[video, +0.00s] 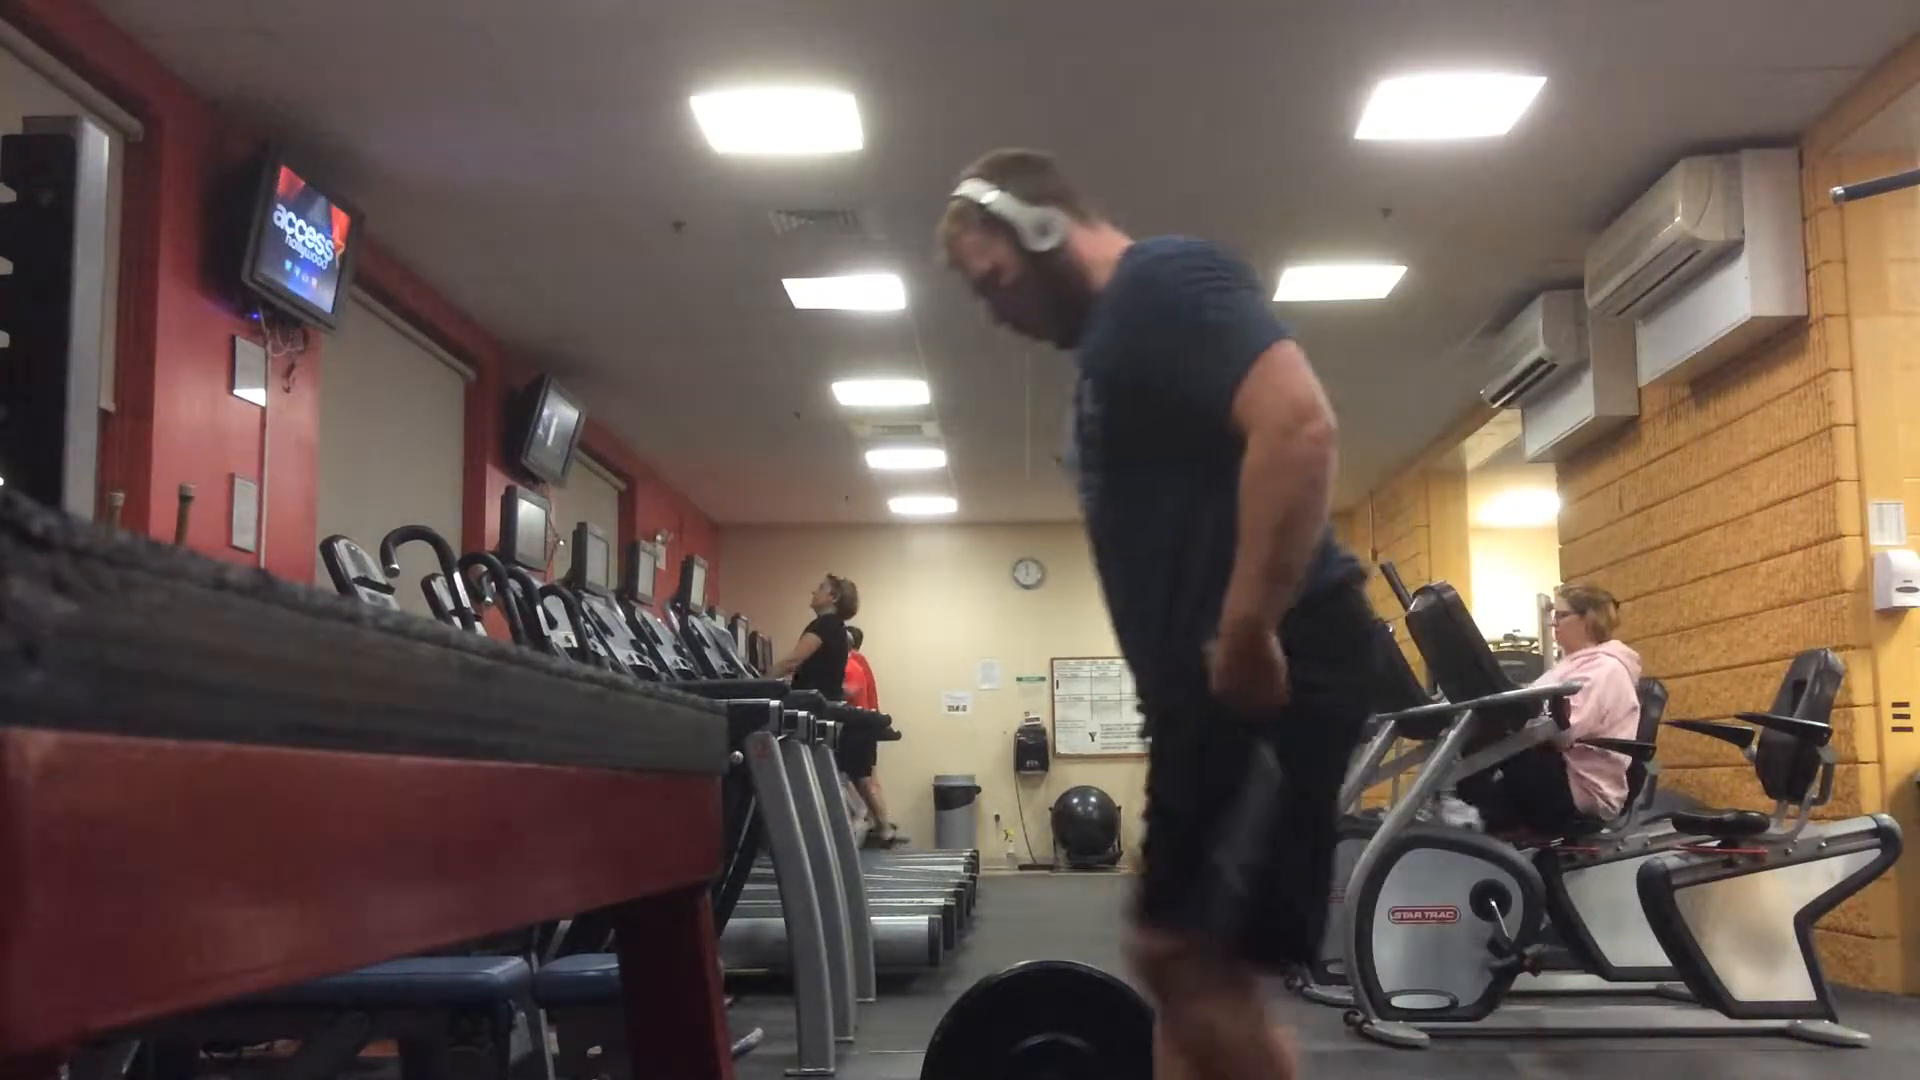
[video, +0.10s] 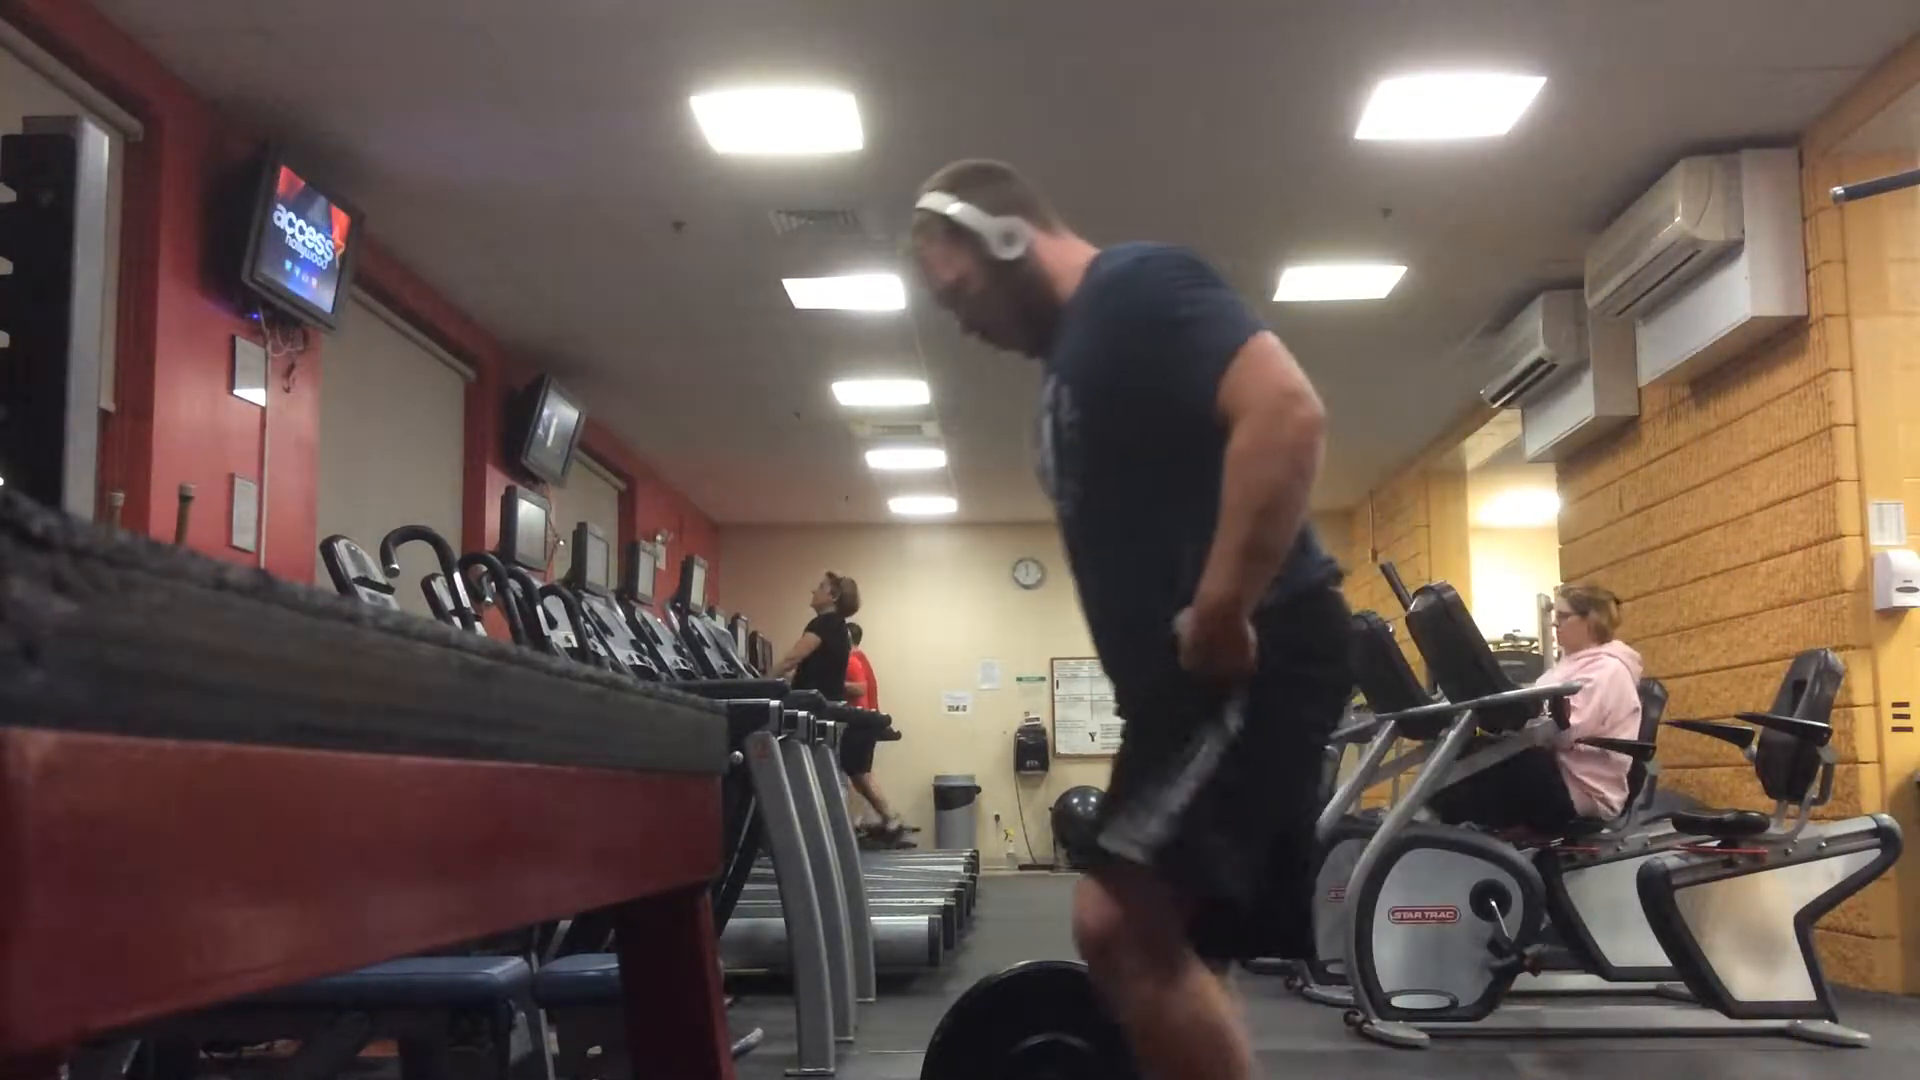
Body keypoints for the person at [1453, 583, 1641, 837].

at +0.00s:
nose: (1553, 623)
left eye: (1561, 615)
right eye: (1554, 615)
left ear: (1589, 620)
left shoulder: (1606, 668)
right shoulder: (1573, 663)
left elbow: (1564, 732)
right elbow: (1529, 699)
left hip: (1585, 795)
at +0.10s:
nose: (1555, 625)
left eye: (1562, 617)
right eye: (1555, 617)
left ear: (1590, 621)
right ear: (1586, 622)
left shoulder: (1607, 670)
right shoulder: (1573, 663)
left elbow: (1563, 734)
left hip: (1584, 797)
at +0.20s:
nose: (1555, 625)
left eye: (1563, 617)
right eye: (1556, 618)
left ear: (1591, 623)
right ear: (1586, 625)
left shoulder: (1607, 672)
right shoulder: (1571, 666)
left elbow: (1563, 737)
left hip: (1573, 796)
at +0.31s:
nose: (1554, 622)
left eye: (1563, 616)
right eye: (1555, 615)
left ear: (1591, 623)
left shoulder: (1604, 672)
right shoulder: (1570, 665)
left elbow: (1560, 735)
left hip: (1570, 799)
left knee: (1465, 818)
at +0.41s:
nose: (1553, 621)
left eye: (1562, 614)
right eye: (1555, 614)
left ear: (1592, 620)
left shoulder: (1603, 670)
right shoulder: (1575, 663)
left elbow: (1558, 731)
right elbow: (1527, 701)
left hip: (1573, 796)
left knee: (1465, 812)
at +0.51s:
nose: (1554, 624)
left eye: (1561, 616)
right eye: (1554, 616)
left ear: (1591, 621)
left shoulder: (1605, 669)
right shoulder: (1572, 663)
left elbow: (1559, 730)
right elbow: (1534, 715)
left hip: (1574, 794)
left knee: (1467, 794)